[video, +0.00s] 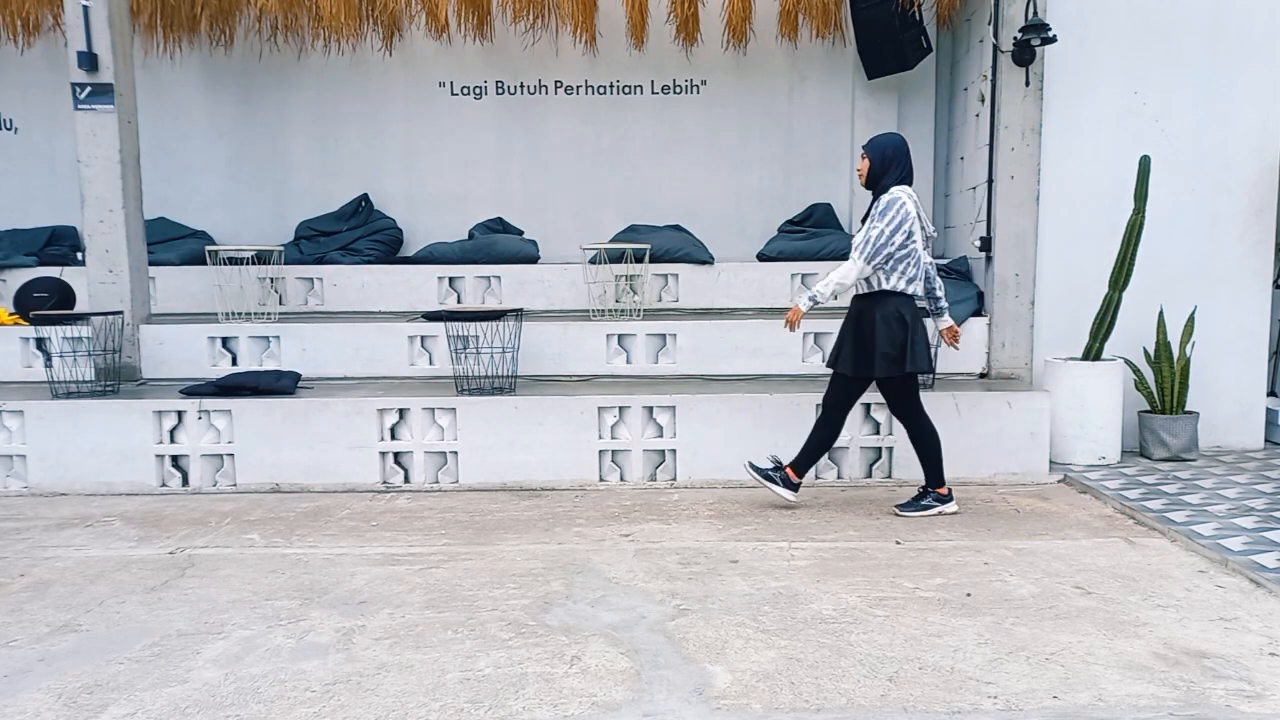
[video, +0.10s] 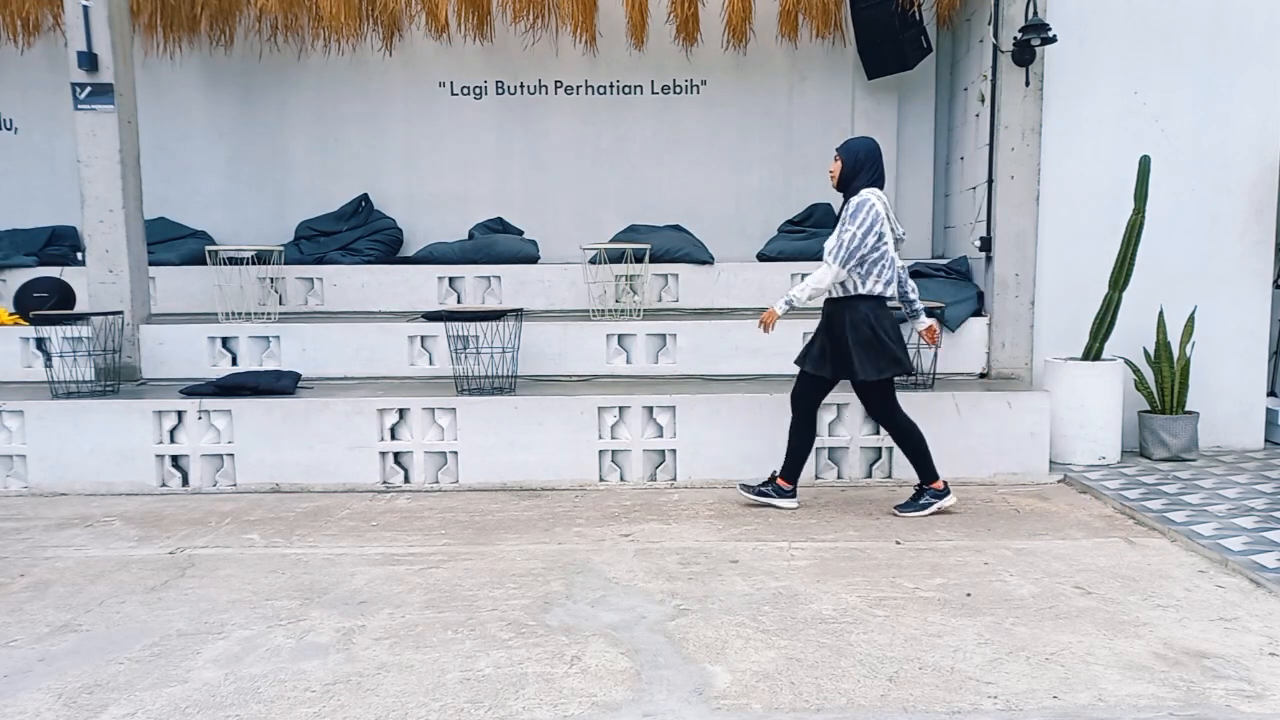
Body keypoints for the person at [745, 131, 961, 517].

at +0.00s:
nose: (859, 166)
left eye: (865, 158)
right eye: (861, 158)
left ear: (883, 162)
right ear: (891, 162)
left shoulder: (894, 201)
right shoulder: (902, 201)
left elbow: (860, 262)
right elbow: (924, 265)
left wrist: (809, 298)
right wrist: (943, 316)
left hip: (884, 315)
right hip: (882, 314)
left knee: (906, 406)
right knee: (837, 401)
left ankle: (939, 491)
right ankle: (792, 476)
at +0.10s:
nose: (831, 167)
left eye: (837, 160)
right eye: (833, 160)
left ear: (856, 164)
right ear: (862, 165)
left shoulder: (865, 203)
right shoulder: (866, 204)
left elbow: (833, 268)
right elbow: (895, 266)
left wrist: (784, 304)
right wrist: (919, 316)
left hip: (861, 318)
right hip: (843, 319)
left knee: (883, 409)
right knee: (804, 397)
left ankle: (934, 486)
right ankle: (785, 484)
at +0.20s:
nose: (802, 166)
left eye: (808, 159)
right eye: (804, 159)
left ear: (825, 163)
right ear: (832, 164)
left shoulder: (833, 200)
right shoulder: (835, 202)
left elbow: (814, 269)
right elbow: (858, 272)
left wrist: (777, 315)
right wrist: (874, 325)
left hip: (825, 315)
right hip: (809, 316)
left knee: (841, 412)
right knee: (781, 398)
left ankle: (915, 474)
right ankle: (777, 486)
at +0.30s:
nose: (773, 162)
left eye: (779, 155)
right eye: (776, 154)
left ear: (796, 160)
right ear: (798, 161)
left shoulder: (804, 197)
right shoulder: (796, 199)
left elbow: (802, 268)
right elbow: (796, 268)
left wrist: (788, 326)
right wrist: (778, 321)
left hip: (795, 310)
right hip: (781, 308)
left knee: (782, 410)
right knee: (770, 403)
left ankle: (859, 459)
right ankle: (777, 486)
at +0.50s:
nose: (716, 160)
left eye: (723, 154)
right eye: (719, 153)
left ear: (740, 159)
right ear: (744, 161)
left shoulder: (752, 195)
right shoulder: (739, 203)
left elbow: (778, 255)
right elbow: (718, 269)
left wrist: (796, 313)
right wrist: (687, 310)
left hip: (748, 312)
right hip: (750, 312)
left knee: (701, 393)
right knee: (764, 403)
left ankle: (701, 485)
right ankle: (778, 486)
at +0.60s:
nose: (688, 166)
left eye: (694, 160)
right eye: (690, 159)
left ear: (712, 165)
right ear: (712, 166)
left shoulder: (724, 201)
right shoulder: (712, 209)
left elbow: (754, 259)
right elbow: (683, 270)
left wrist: (780, 315)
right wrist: (639, 301)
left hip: (716, 316)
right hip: (723, 315)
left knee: (680, 406)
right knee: (747, 405)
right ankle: (776, 485)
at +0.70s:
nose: (660, 168)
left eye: (666, 162)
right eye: (662, 162)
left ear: (684, 167)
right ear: (687, 168)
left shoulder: (695, 205)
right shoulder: (683, 210)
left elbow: (717, 265)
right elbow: (655, 275)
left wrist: (741, 321)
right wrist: (610, 298)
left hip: (680, 318)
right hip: (688, 318)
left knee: (653, 409)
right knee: (716, 405)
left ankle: (621, 492)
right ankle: (768, 477)